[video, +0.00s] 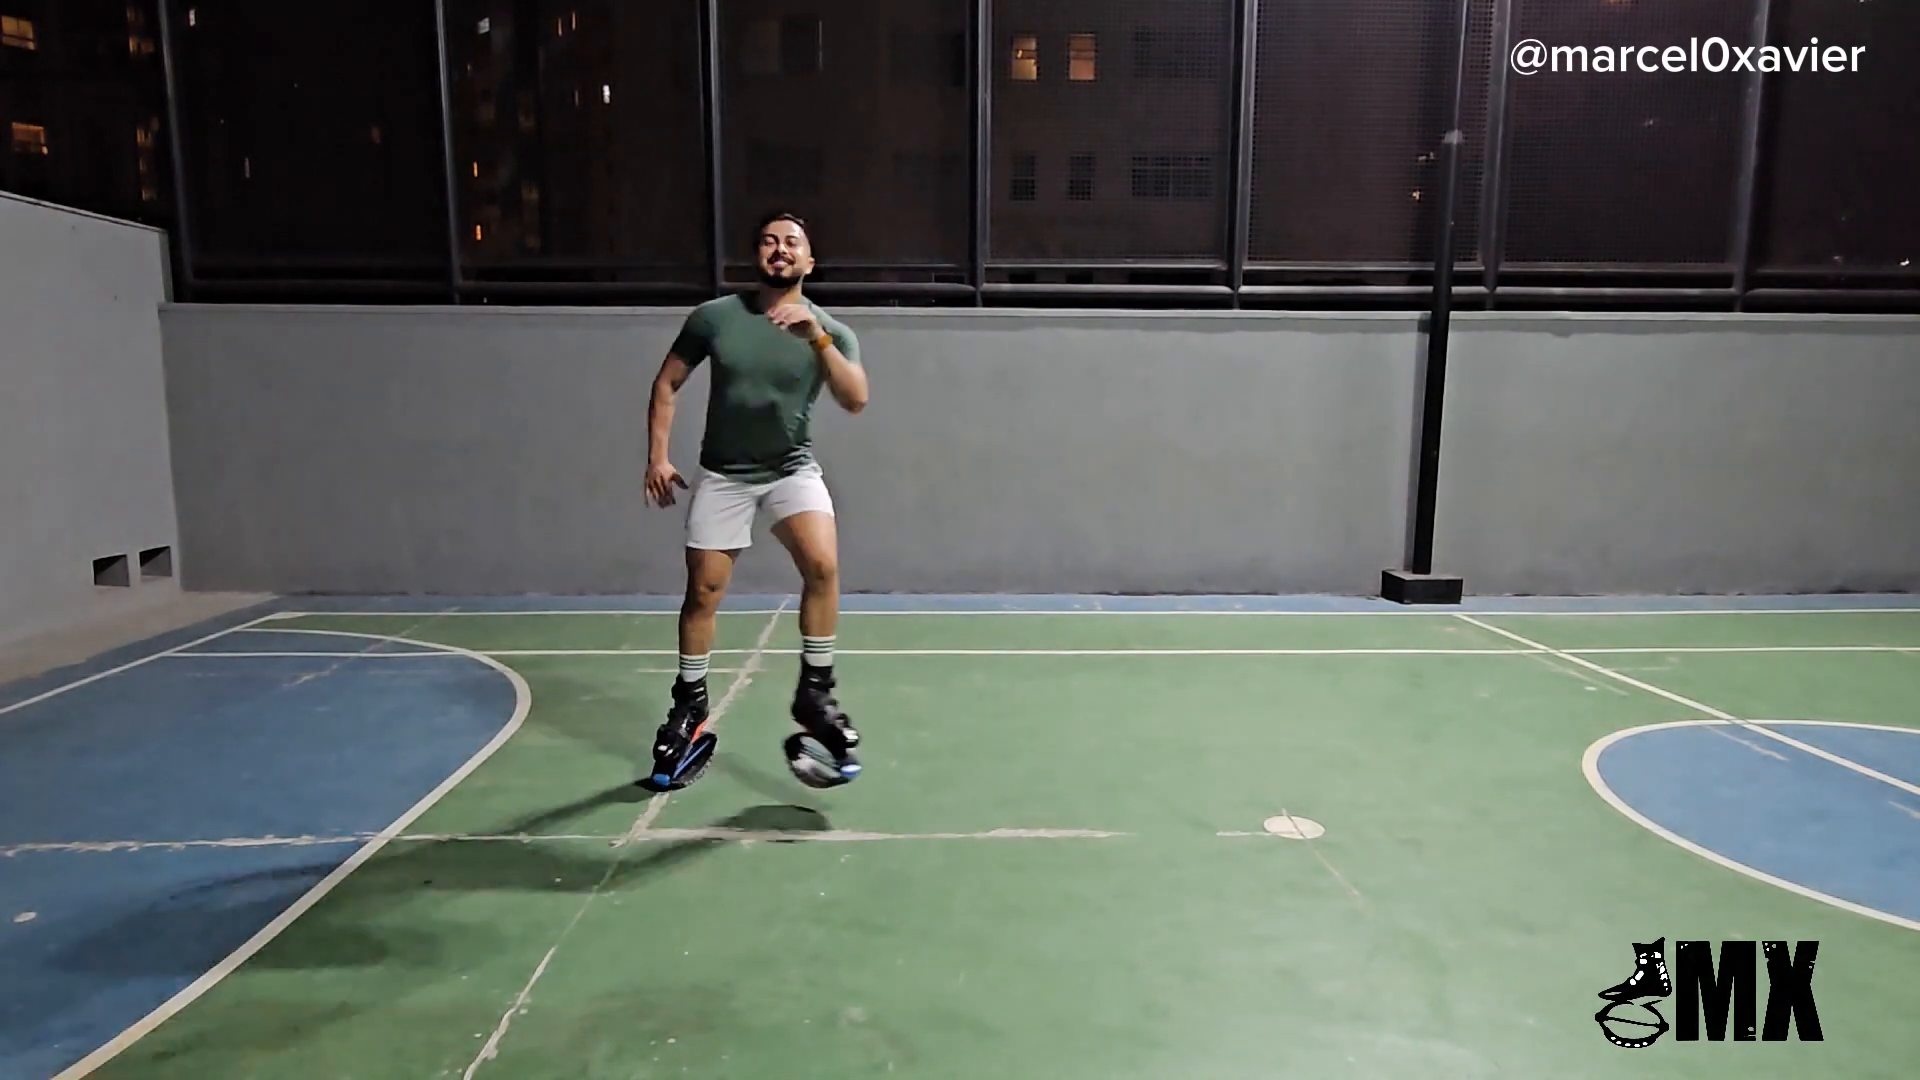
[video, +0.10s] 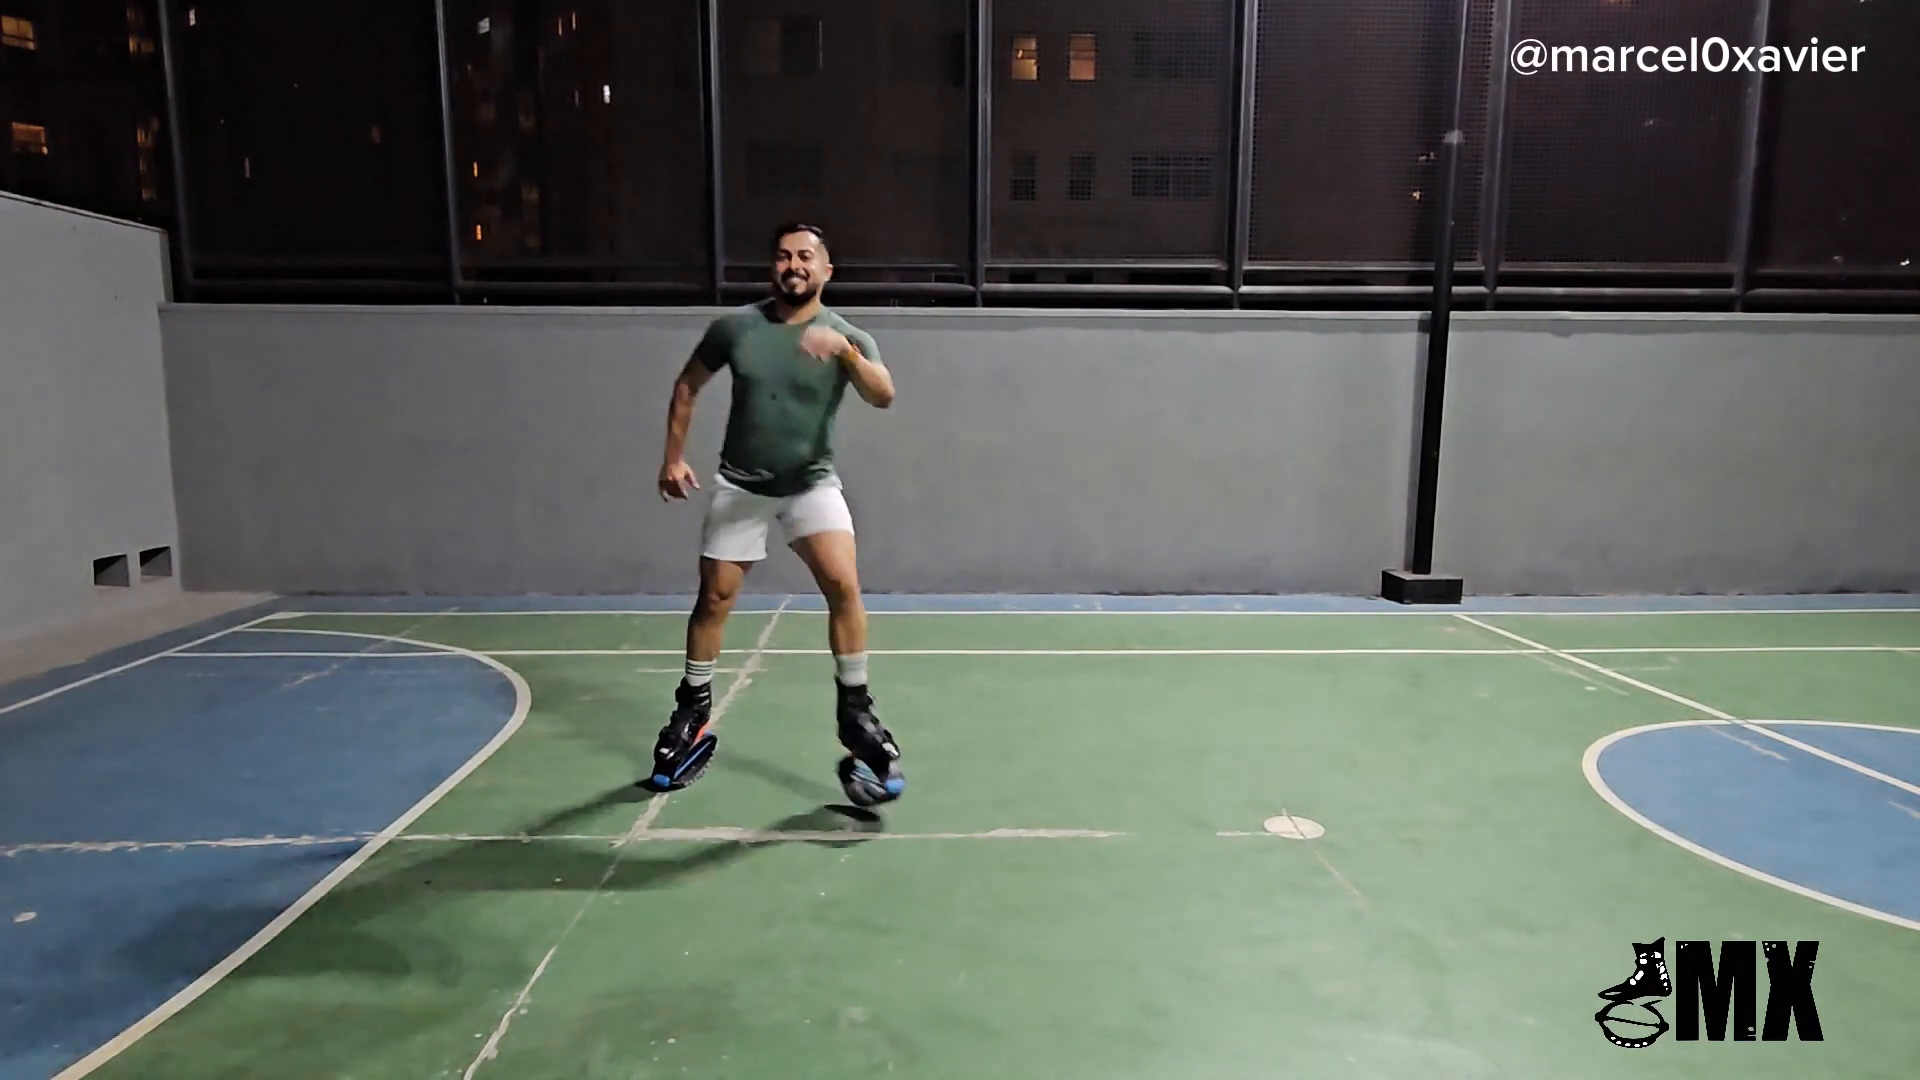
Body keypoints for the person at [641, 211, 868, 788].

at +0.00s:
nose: (778, 249)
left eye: (790, 243)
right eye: (769, 242)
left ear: (810, 262)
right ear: (754, 258)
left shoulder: (831, 330)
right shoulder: (713, 317)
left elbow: (856, 400)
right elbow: (667, 382)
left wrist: (820, 341)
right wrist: (657, 457)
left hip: (792, 473)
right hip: (723, 477)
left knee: (823, 565)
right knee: (703, 590)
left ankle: (815, 693)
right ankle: (689, 711)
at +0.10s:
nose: (794, 265)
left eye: (805, 257)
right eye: (785, 256)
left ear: (827, 270)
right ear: (771, 268)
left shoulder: (847, 335)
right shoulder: (734, 329)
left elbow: (883, 395)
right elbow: (687, 386)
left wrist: (846, 352)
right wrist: (673, 457)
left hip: (812, 486)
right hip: (740, 487)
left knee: (844, 585)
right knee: (715, 598)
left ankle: (856, 712)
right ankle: (691, 712)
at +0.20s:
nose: (810, 278)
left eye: (823, 269)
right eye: (803, 269)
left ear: (849, 278)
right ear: (792, 278)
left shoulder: (870, 347)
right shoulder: (762, 345)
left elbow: (904, 402)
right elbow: (715, 401)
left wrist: (883, 411)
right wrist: (701, 470)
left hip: (842, 501)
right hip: (769, 500)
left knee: (862, 605)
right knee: (737, 599)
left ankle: (874, 734)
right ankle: (697, 712)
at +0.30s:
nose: (831, 262)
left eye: (844, 253)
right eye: (823, 253)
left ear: (868, 267)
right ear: (812, 264)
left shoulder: (889, 334)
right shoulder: (788, 341)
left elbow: (921, 412)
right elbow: (757, 408)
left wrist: (932, 480)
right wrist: (742, 463)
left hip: (872, 496)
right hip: (801, 494)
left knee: (879, 605)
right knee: (761, 597)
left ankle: (879, 733)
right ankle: (731, 705)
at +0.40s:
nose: (847, 248)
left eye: (860, 240)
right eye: (840, 240)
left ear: (887, 255)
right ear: (831, 254)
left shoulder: (911, 323)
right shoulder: (812, 332)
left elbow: (946, 412)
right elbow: (793, 400)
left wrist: (957, 495)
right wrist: (788, 420)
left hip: (891, 485)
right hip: (824, 482)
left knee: (888, 599)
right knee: (788, 584)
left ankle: (883, 729)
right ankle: (806, 696)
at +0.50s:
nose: (866, 252)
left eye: (879, 243)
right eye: (859, 243)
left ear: (905, 254)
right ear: (850, 253)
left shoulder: (936, 323)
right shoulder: (828, 333)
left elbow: (968, 406)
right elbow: (806, 420)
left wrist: (965, 484)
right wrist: (823, 388)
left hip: (915, 483)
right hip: (848, 481)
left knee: (900, 601)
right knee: (828, 593)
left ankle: (888, 732)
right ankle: (883, 676)